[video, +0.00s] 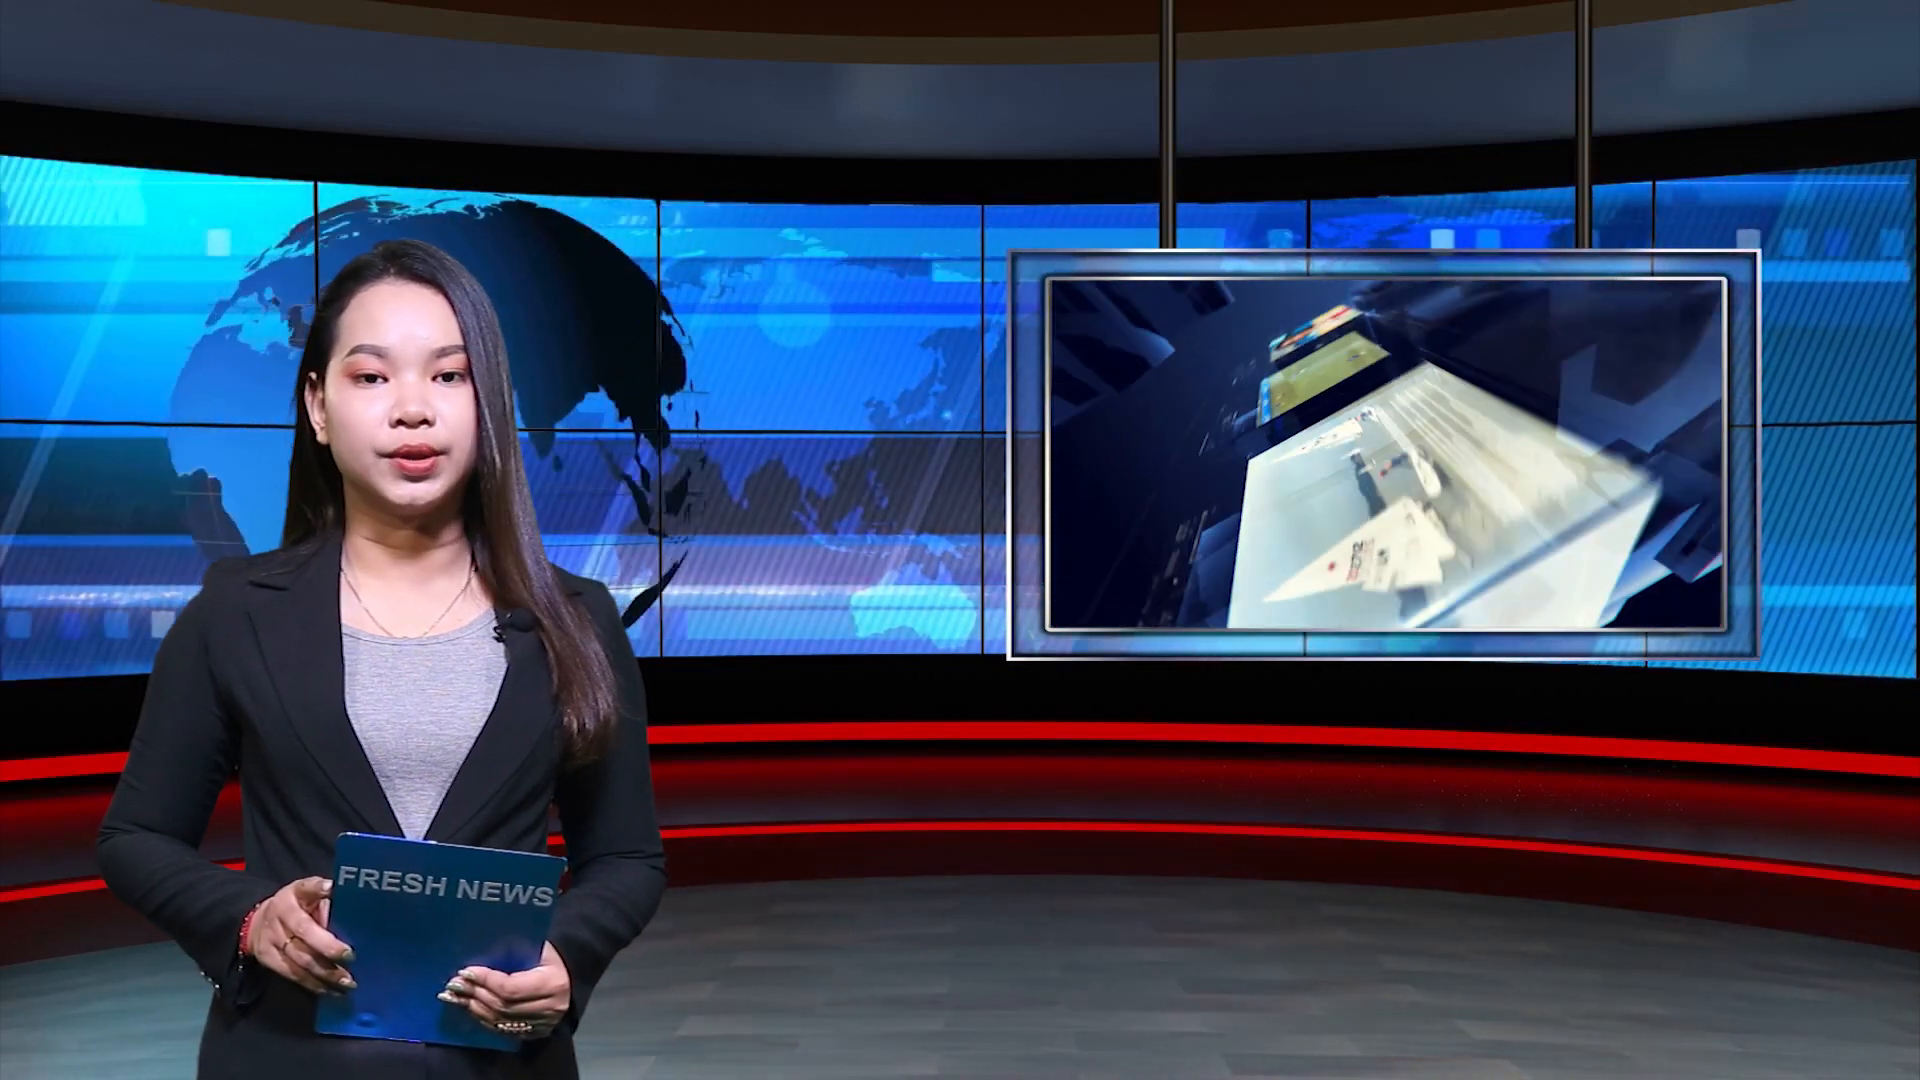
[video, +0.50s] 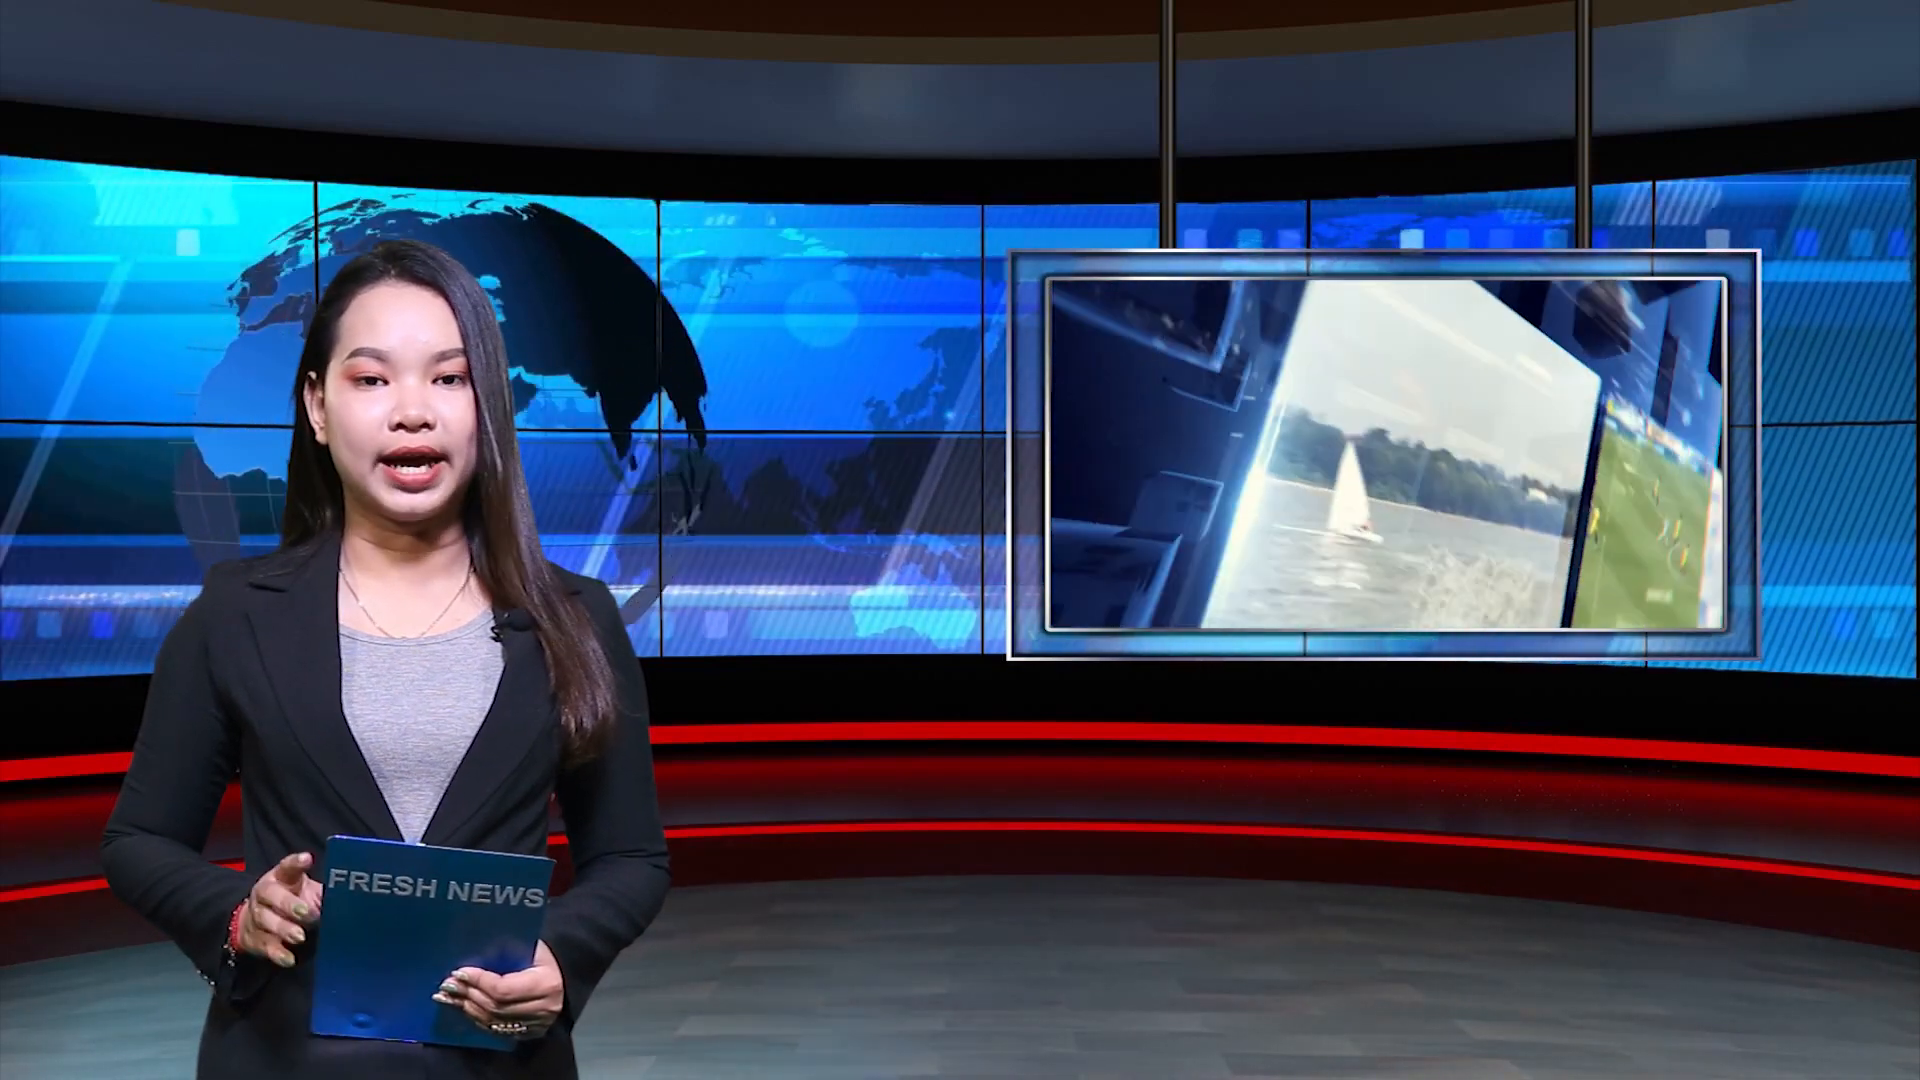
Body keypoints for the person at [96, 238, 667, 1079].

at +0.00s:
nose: (414, 408)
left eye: (449, 375)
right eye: (371, 375)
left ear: (487, 404)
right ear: (318, 409)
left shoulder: (571, 620)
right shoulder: (238, 612)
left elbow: (626, 857)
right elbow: (135, 839)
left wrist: (563, 957)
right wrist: (247, 918)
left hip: (504, 1055)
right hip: (288, 1055)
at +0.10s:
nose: (413, 407)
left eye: (448, 375)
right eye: (371, 375)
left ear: (488, 404)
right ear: (317, 409)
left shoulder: (572, 620)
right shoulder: (239, 613)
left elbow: (627, 856)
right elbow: (135, 838)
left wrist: (563, 957)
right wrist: (247, 918)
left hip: (504, 1054)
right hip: (288, 1055)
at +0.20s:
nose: (411, 408)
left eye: (445, 376)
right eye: (370, 376)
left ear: (485, 405)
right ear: (317, 410)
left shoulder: (571, 619)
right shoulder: (238, 614)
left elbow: (628, 857)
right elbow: (135, 838)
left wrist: (561, 957)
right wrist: (245, 916)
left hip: (503, 1053)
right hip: (288, 1054)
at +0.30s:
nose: (411, 408)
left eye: (444, 375)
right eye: (369, 376)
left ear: (484, 405)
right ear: (317, 410)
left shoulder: (571, 618)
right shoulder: (239, 612)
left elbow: (630, 857)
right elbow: (136, 838)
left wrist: (559, 957)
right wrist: (243, 916)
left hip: (501, 1052)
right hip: (288, 1054)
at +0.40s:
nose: (413, 410)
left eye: (446, 376)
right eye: (371, 377)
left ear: (487, 404)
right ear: (317, 408)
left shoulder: (570, 618)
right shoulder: (239, 612)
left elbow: (630, 858)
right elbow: (136, 840)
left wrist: (558, 958)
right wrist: (239, 915)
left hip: (500, 1052)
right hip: (287, 1054)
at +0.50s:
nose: (413, 413)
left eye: (447, 377)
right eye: (371, 377)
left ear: (486, 405)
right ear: (317, 407)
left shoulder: (571, 620)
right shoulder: (236, 617)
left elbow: (630, 858)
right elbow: (139, 842)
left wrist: (558, 958)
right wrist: (236, 909)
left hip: (499, 1053)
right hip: (285, 1056)